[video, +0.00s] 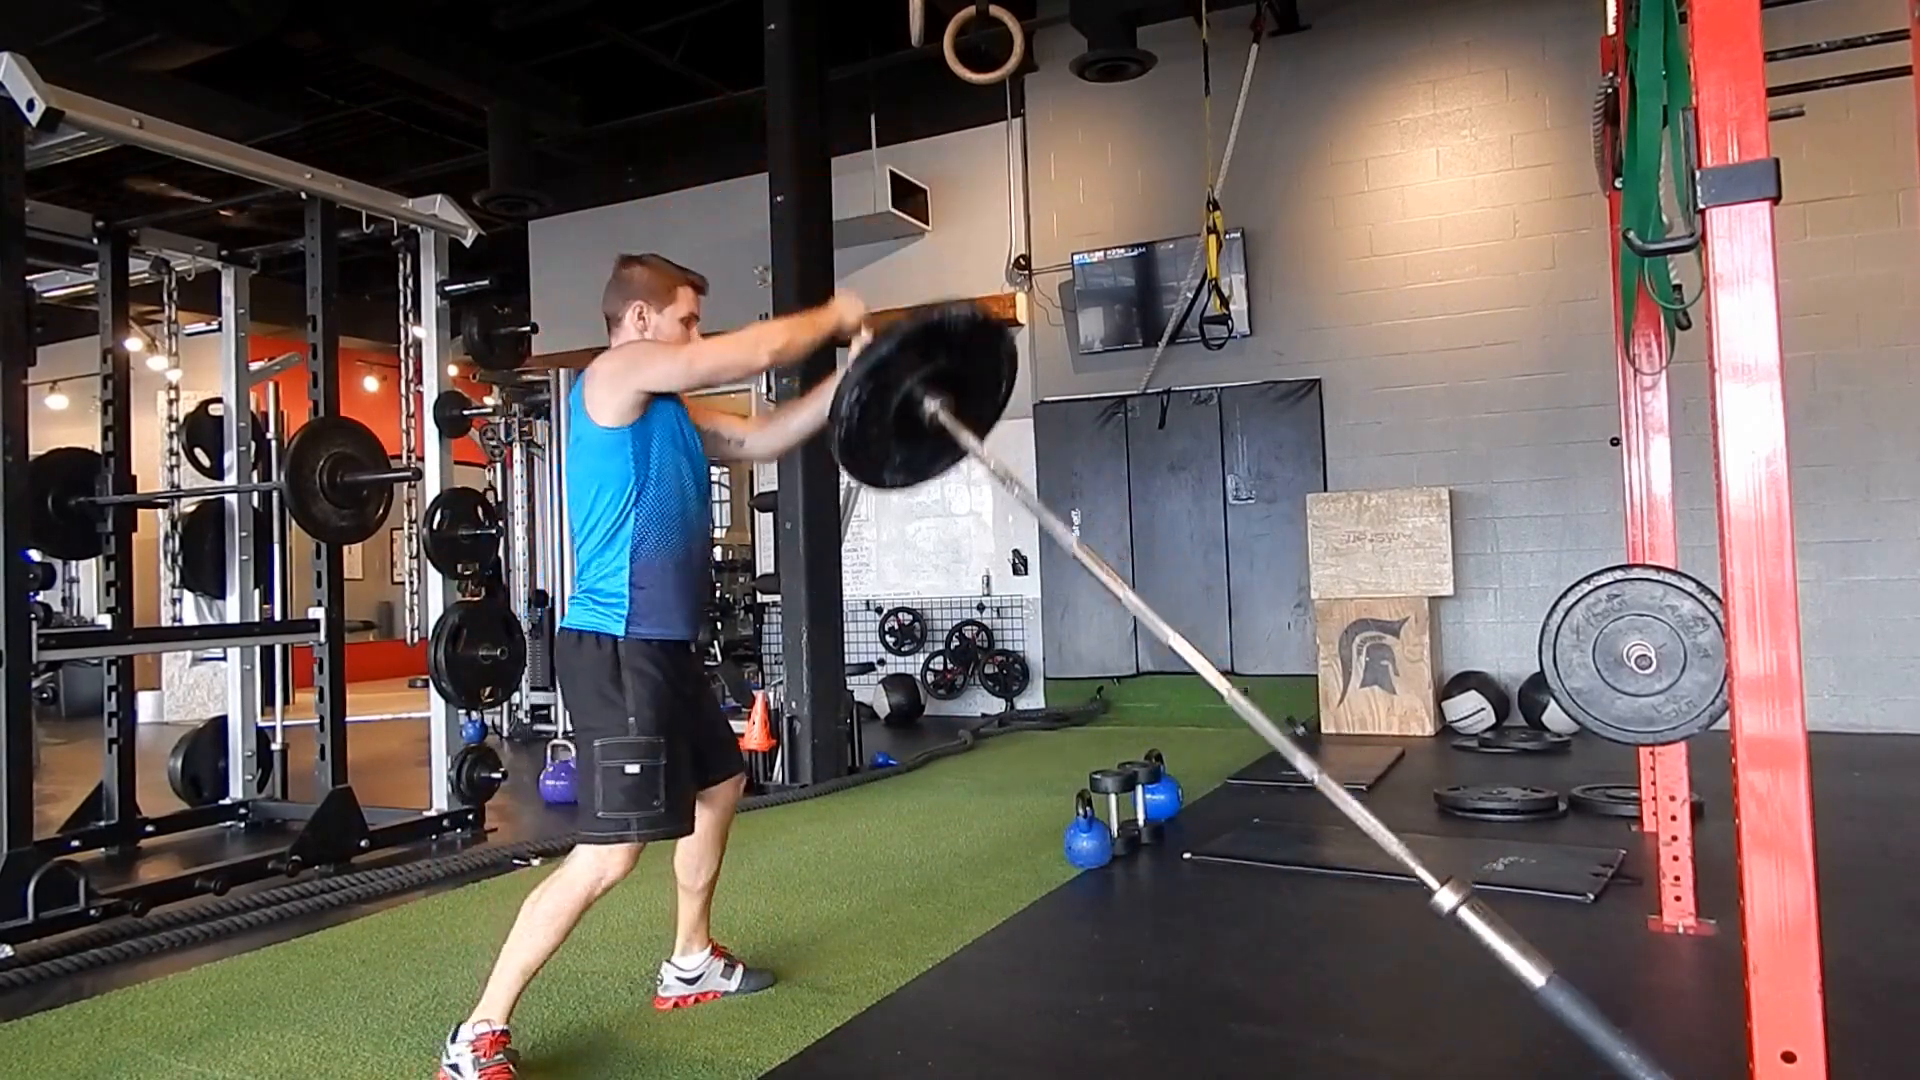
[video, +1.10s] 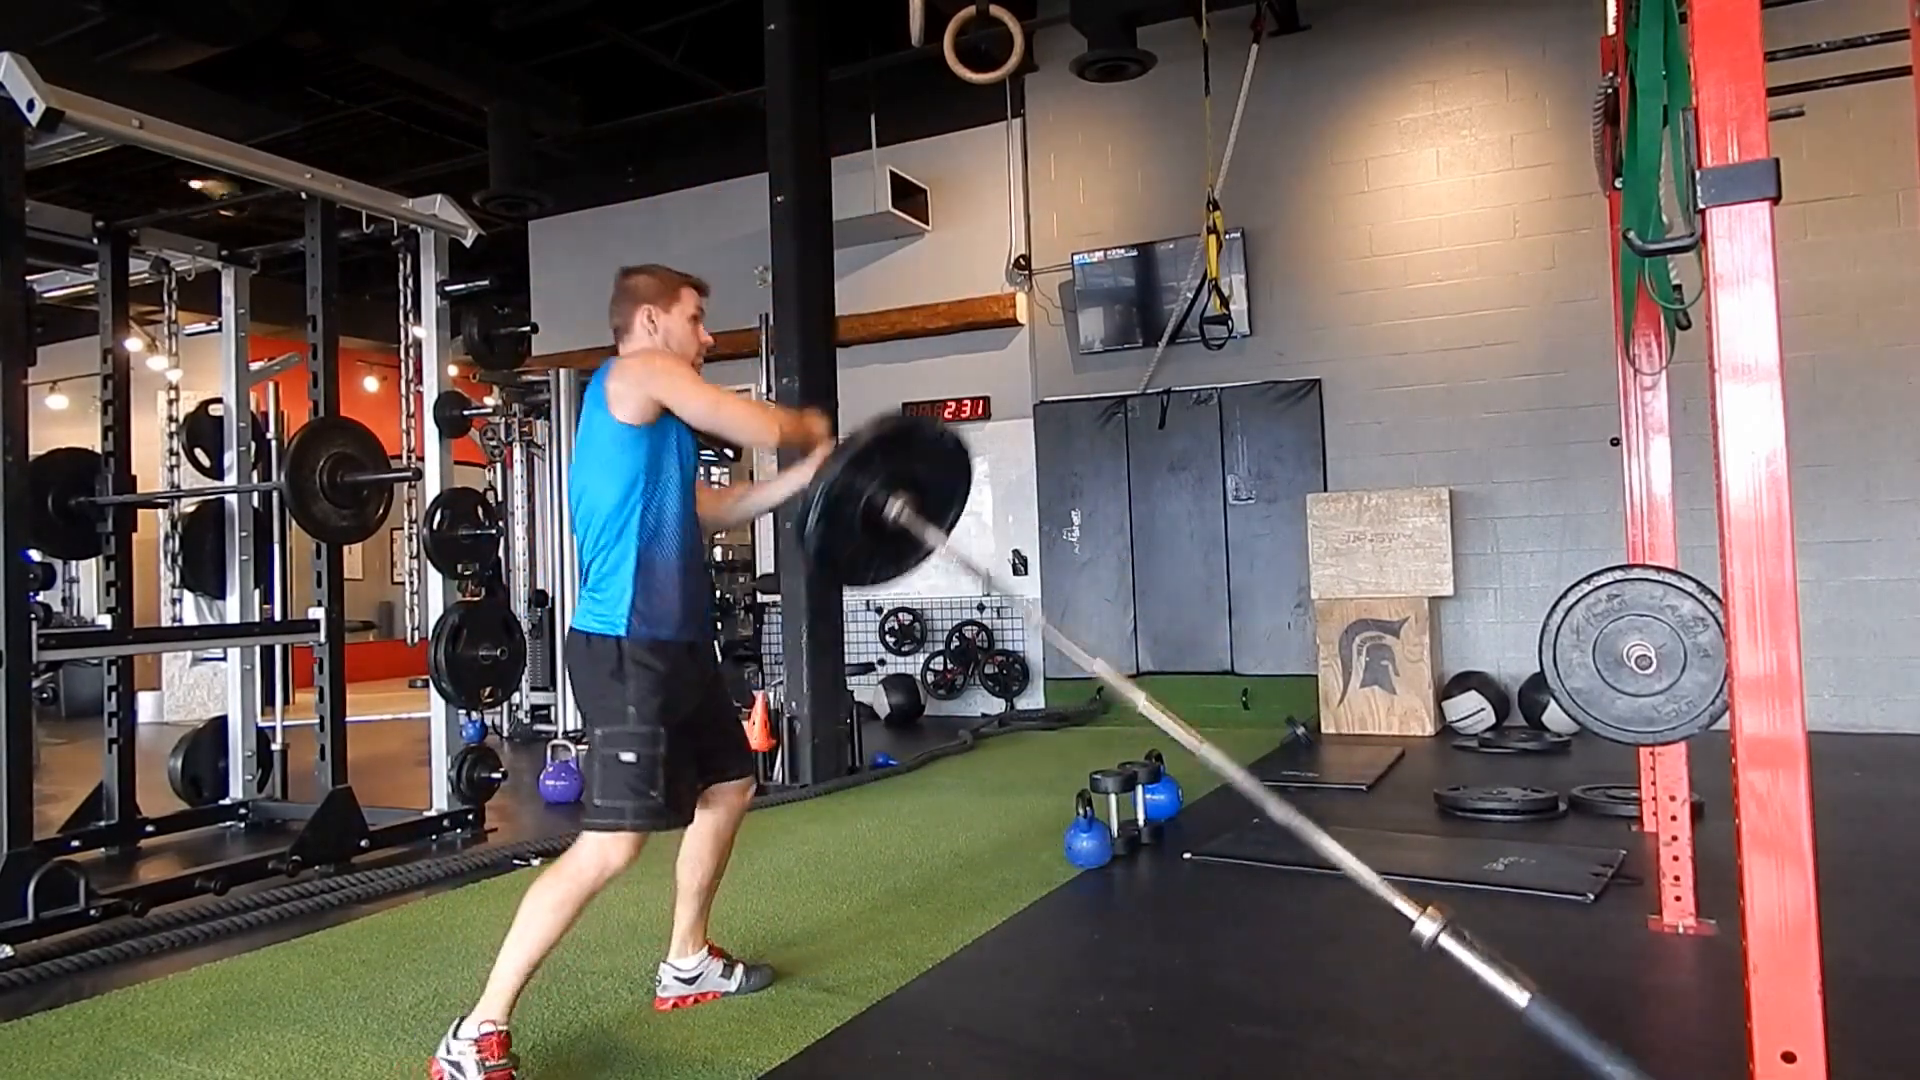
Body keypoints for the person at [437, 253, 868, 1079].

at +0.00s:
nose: (697, 334)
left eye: (697, 322)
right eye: (686, 320)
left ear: (648, 320)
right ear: (639, 318)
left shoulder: (667, 402)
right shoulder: (614, 370)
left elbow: (758, 438)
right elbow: (751, 350)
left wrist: (849, 377)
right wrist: (835, 313)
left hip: (668, 644)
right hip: (613, 644)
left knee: (718, 785)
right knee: (610, 849)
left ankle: (690, 960)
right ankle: (481, 1030)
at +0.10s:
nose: (705, 344)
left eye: (705, 332)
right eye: (696, 329)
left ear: (646, 334)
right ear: (653, 330)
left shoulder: (663, 420)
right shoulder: (640, 381)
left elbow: (742, 485)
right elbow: (777, 391)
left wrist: (838, 449)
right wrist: (843, 394)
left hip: (667, 653)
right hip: (622, 654)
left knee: (718, 785)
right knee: (622, 856)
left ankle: (691, 961)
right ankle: (469, 1032)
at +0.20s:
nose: (716, 366)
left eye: (716, 353)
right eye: (710, 352)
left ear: (653, 353)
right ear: (673, 349)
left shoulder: (632, 428)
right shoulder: (670, 395)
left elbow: (712, 535)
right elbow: (791, 450)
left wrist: (816, 523)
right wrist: (829, 479)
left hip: (661, 658)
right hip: (635, 659)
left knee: (727, 780)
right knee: (633, 864)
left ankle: (692, 960)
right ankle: (462, 1032)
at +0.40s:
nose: (744, 397)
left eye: (744, 384)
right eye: (740, 384)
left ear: (672, 387)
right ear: (711, 382)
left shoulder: (625, 457)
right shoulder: (730, 436)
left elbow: (640, 575)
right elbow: (782, 551)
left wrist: (729, 632)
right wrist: (772, 614)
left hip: (622, 665)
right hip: (659, 675)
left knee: (739, 780)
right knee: (657, 885)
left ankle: (692, 959)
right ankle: (461, 1030)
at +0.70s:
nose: (762, 427)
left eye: (761, 414)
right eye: (758, 414)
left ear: (687, 418)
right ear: (733, 415)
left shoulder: (629, 489)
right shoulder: (764, 483)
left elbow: (618, 595)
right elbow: (754, 608)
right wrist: (724, 681)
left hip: (608, 691)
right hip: (664, 700)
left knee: (714, 800)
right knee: (668, 914)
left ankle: (692, 962)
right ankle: (457, 1034)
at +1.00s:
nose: (718, 364)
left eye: (717, 351)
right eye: (711, 350)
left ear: (650, 352)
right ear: (672, 347)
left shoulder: (615, 427)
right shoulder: (690, 404)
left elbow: (669, 555)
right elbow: (775, 506)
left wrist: (766, 556)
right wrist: (757, 543)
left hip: (662, 660)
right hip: (637, 664)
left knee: (729, 781)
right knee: (641, 862)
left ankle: (690, 961)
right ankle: (459, 1033)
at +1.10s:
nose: (708, 333)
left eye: (705, 320)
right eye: (697, 317)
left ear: (645, 324)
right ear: (649, 319)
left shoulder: (651, 408)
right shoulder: (640, 371)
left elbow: (711, 510)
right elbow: (770, 428)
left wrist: (814, 469)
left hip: (678, 645)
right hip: (624, 645)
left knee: (727, 788)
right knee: (613, 839)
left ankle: (688, 960)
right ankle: (479, 1029)